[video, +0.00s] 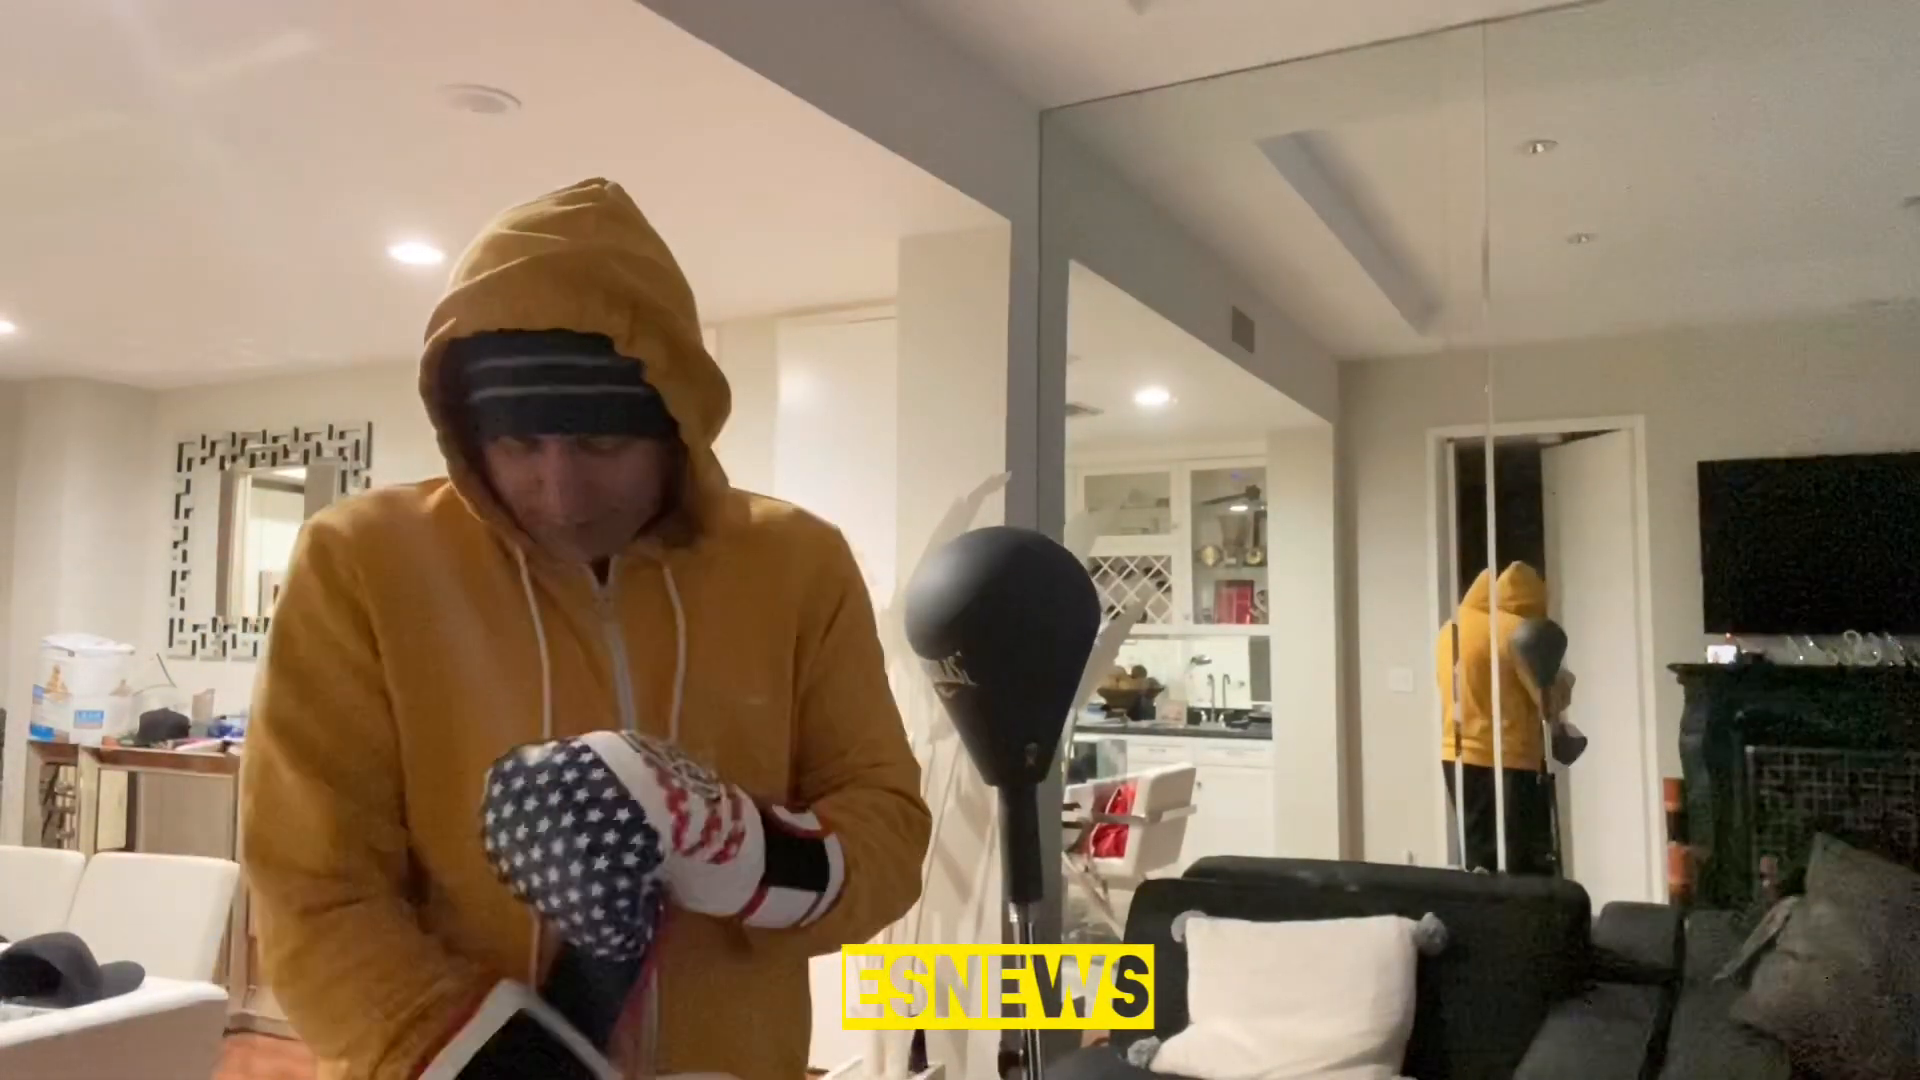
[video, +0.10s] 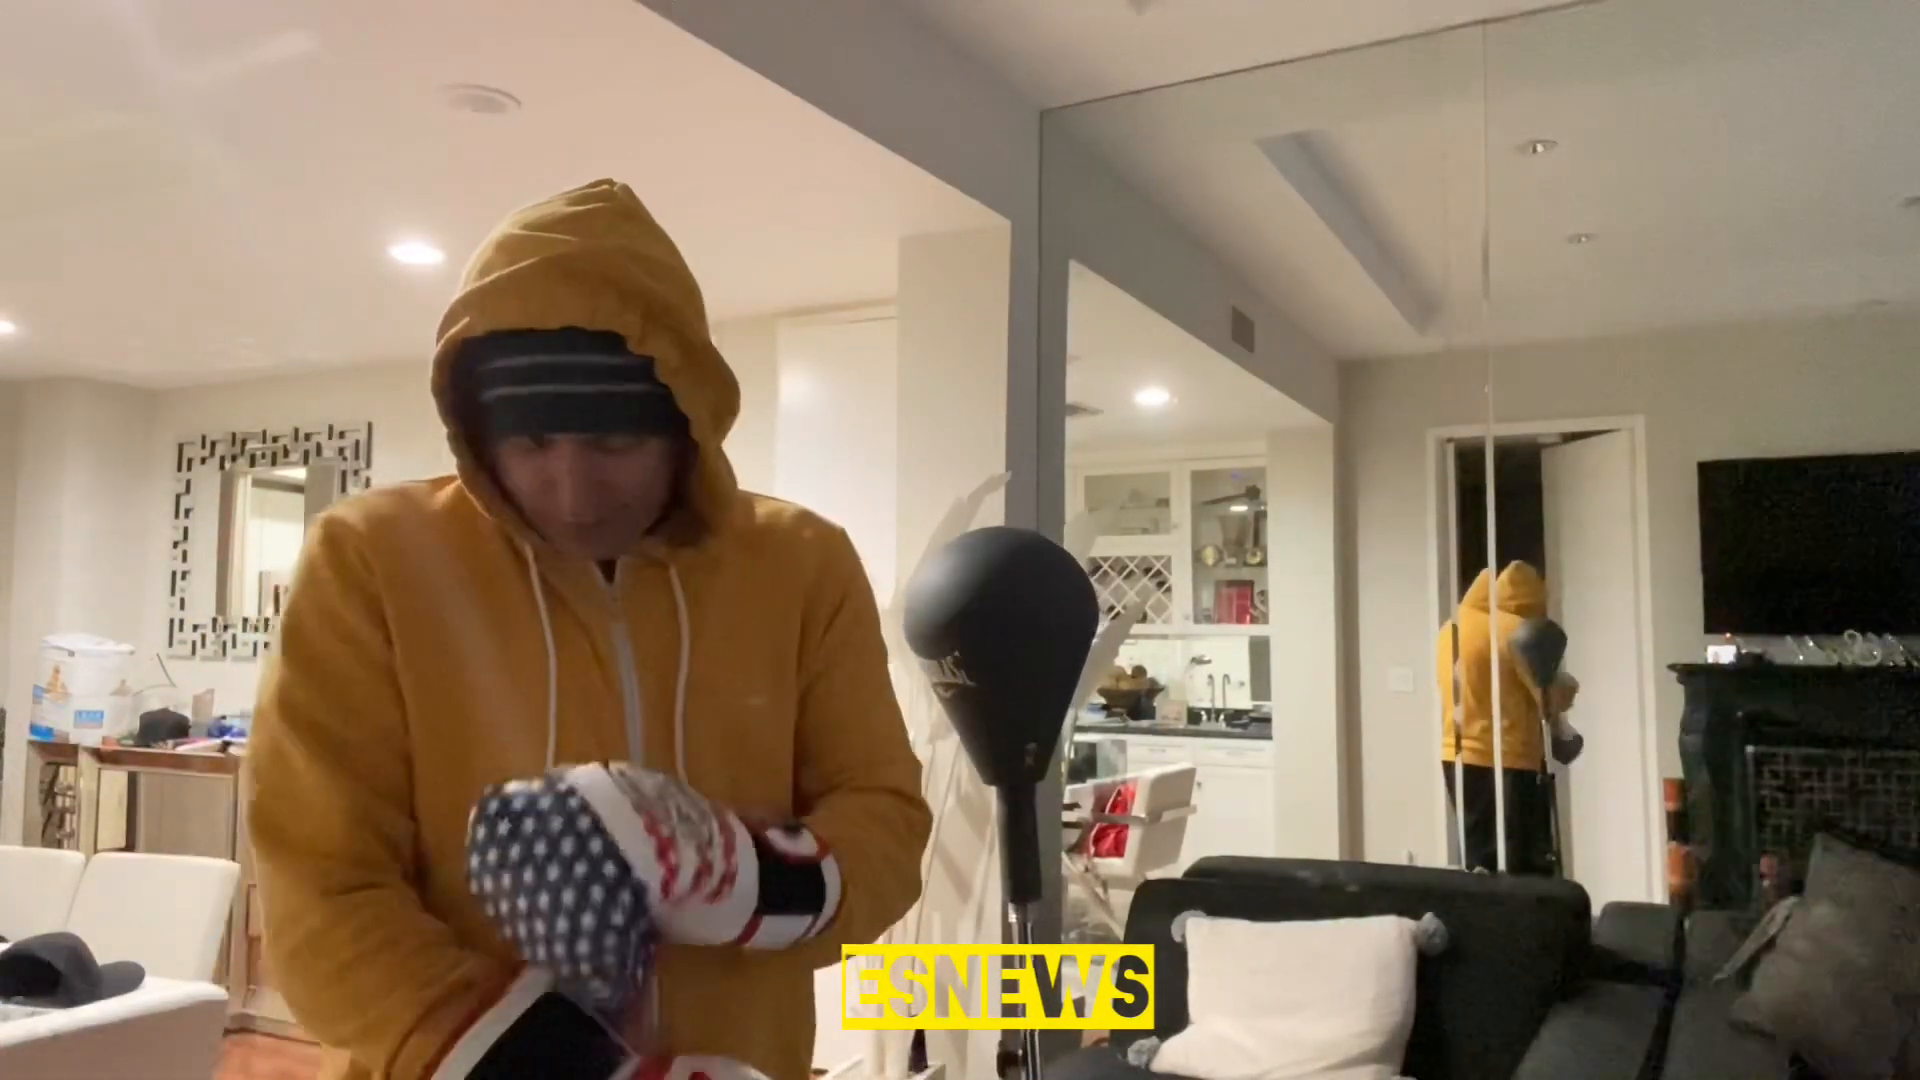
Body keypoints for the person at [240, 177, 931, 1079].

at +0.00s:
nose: (559, 495)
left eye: (603, 442)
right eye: (520, 444)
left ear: (676, 424)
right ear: (470, 432)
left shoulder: (797, 566)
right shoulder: (363, 565)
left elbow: (889, 829)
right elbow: (317, 897)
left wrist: (728, 846)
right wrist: (477, 1045)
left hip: (729, 1062)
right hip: (476, 1060)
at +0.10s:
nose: (570, 493)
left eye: (615, 440)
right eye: (531, 442)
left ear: (684, 428)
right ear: (480, 434)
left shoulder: (801, 566)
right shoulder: (373, 561)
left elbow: (885, 812)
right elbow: (319, 888)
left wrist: (732, 874)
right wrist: (500, 1040)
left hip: (739, 1065)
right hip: (478, 1064)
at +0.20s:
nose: (578, 493)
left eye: (620, 441)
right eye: (538, 442)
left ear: (690, 431)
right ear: (487, 435)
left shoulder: (804, 567)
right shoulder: (378, 559)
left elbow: (879, 819)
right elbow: (315, 882)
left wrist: (726, 907)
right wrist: (490, 1048)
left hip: (739, 1066)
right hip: (468, 1061)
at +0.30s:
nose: (586, 494)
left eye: (628, 444)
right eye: (546, 444)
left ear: (696, 436)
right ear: (495, 438)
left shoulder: (806, 567)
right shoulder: (381, 558)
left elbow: (875, 821)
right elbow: (311, 885)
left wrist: (744, 922)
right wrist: (477, 1052)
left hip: (740, 1068)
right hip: (462, 1064)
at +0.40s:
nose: (589, 497)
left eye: (631, 449)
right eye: (548, 447)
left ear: (697, 436)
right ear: (496, 436)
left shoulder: (806, 565)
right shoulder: (383, 558)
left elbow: (870, 823)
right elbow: (309, 877)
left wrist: (728, 936)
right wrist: (454, 1051)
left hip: (739, 1064)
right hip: (471, 1059)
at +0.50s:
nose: (587, 500)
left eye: (629, 451)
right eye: (544, 449)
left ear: (697, 436)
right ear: (490, 436)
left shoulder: (804, 564)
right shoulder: (375, 560)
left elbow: (864, 828)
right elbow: (309, 890)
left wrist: (718, 968)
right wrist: (488, 1040)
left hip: (740, 1063)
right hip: (466, 1061)